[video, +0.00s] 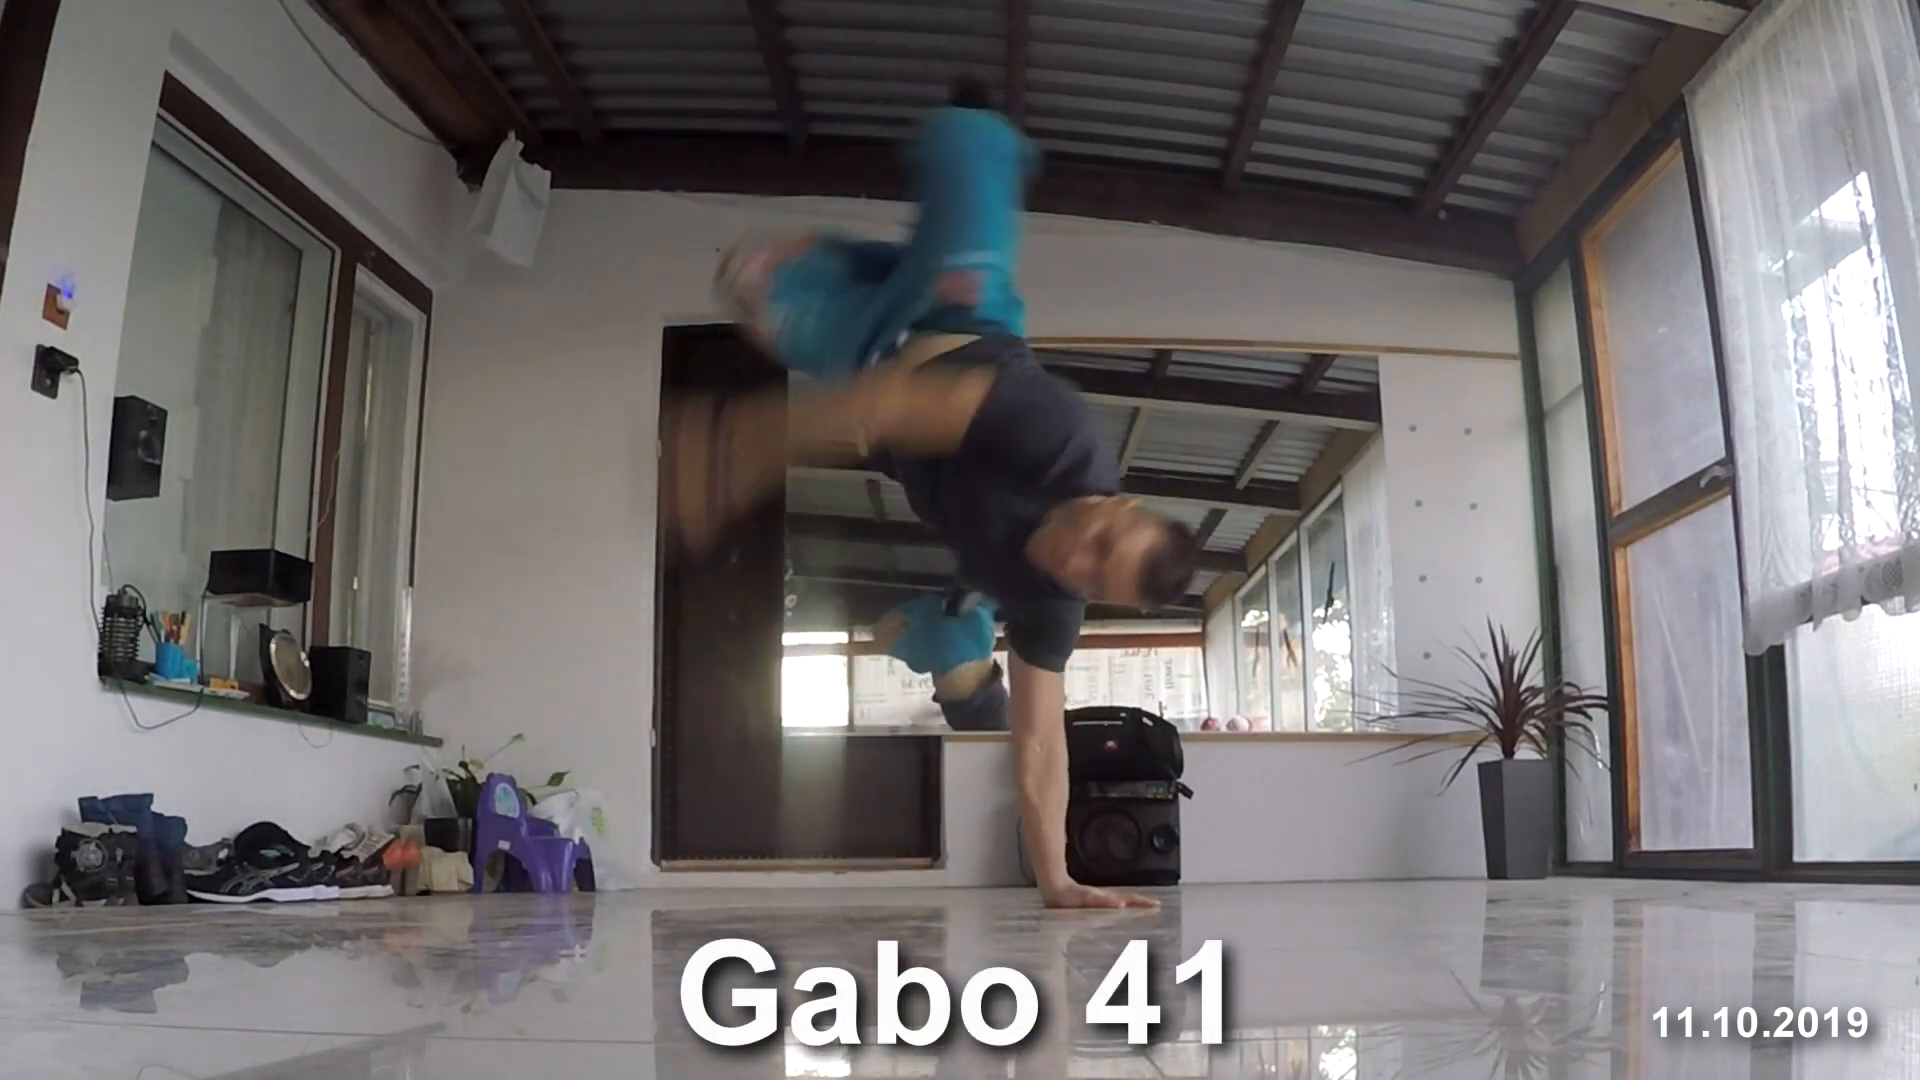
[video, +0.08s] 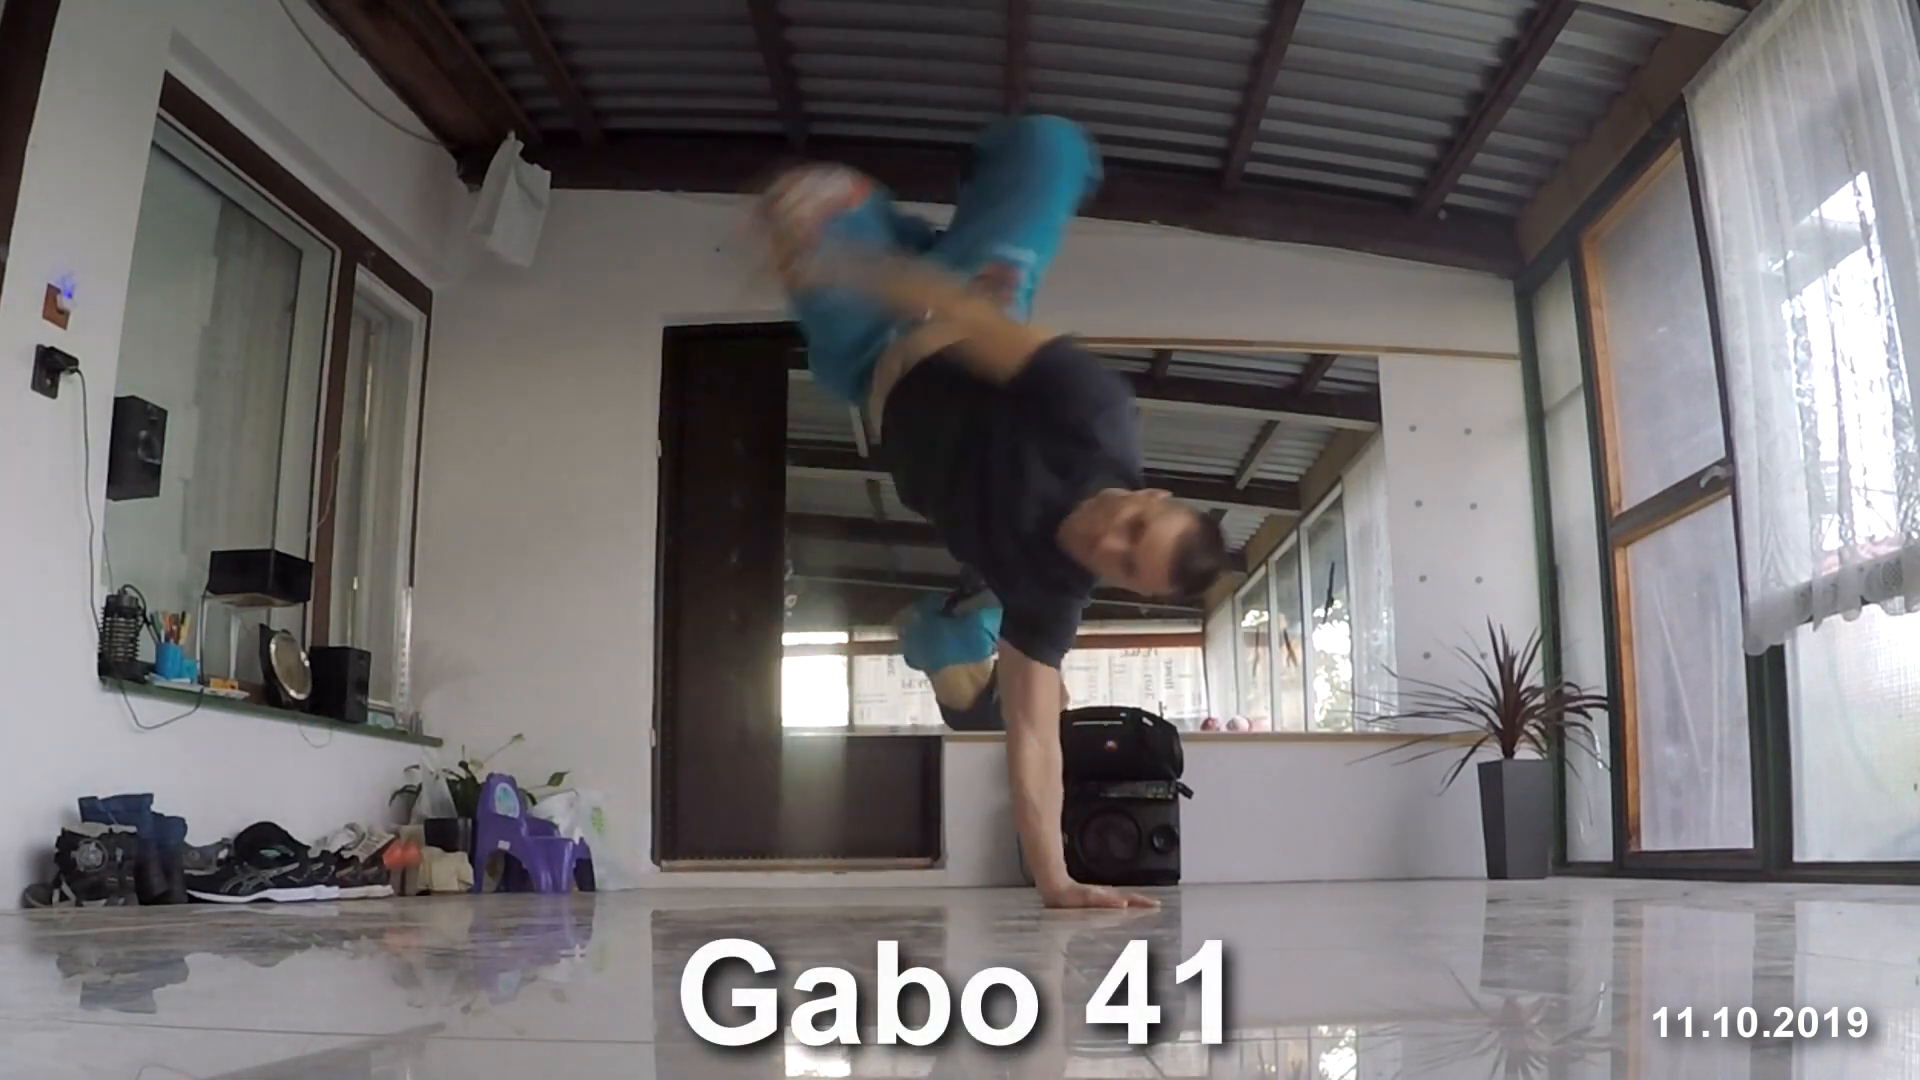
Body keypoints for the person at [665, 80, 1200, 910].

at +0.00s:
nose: (1077, 560)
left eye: (1094, 578)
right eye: (1100, 543)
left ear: (1103, 601)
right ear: (1118, 502)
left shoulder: (1046, 606)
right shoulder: (1051, 431)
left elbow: (1040, 739)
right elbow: (882, 403)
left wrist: (1054, 880)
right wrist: (727, 457)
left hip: (880, 387)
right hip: (955, 316)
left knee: (768, 299)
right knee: (971, 137)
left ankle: (829, 261)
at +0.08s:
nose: (1108, 544)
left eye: (1126, 567)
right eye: (1134, 529)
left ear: (1127, 590)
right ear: (1152, 495)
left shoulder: (1047, 597)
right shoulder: (1096, 413)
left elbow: (1035, 730)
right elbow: (959, 310)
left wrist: (1052, 879)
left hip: (879, 384)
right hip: (957, 331)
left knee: (824, 223)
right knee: (1053, 148)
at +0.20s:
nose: (1148, 531)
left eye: (1160, 560)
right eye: (1174, 521)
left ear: (1154, 589)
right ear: (1188, 495)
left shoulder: (1045, 592)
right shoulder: (1140, 423)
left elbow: (1030, 727)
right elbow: (1064, 273)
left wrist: (1054, 882)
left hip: (871, 325)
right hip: (974, 300)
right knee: (1108, 160)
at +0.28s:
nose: (1173, 537)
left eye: (1179, 565)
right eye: (1194, 532)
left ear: (1158, 592)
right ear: (1188, 511)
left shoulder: (1046, 586)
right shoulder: (1146, 430)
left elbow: (1032, 735)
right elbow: (1111, 279)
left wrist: (1054, 885)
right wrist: (1070, 130)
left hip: (888, 275)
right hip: (975, 280)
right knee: (1115, 174)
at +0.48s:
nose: (1180, 544)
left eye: (1185, 573)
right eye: (1197, 539)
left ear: (1155, 599)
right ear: (1184, 515)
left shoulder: (1053, 574)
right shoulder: (1136, 427)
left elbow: (1044, 736)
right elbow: (1159, 280)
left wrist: (1052, 880)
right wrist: (1194, 159)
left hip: (912, 253)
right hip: (975, 233)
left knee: (1059, 76)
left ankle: (850, 197)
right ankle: (848, 197)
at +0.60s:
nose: (1177, 549)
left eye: (1180, 575)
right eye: (1190, 546)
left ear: (1152, 600)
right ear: (1179, 515)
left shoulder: (1063, 576)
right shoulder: (1127, 430)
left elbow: (1048, 743)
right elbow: (1155, 308)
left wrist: (1055, 886)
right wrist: (1209, 215)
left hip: (944, 267)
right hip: (984, 233)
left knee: (1051, 46)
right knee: (1021, 48)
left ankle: (830, 169)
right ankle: (810, 160)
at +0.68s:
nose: (1184, 572)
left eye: (1182, 596)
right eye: (1196, 569)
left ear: (1147, 614)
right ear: (1188, 545)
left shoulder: (1059, 580)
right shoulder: (1133, 466)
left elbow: (1041, 746)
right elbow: (1149, 351)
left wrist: (1053, 883)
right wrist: (1190, 270)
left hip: (970, 273)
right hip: (1013, 244)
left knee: (1010, 30)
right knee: (935, 56)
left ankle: (708, 76)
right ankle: (785, 142)